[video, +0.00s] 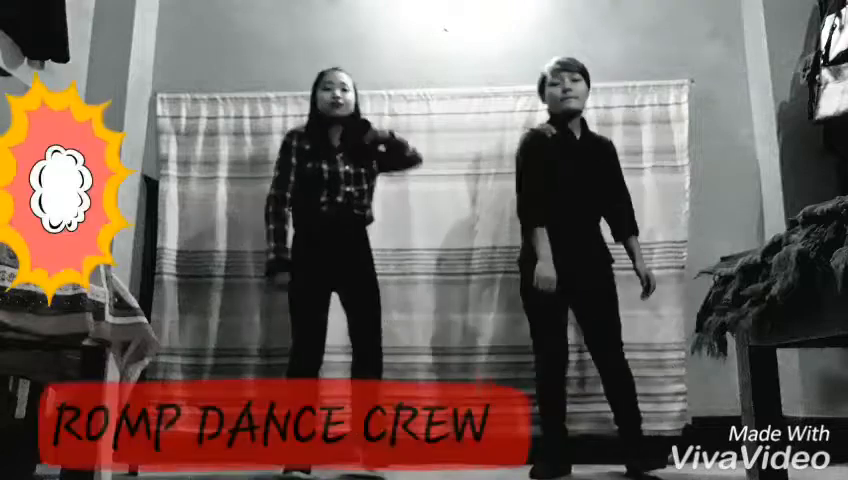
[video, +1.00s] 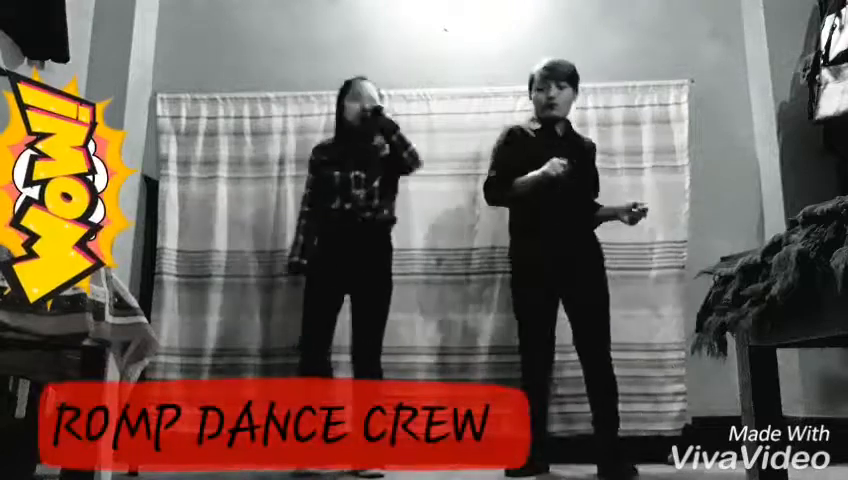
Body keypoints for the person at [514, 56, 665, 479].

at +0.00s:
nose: (565, 87)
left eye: (573, 81)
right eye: (556, 83)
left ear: (588, 93)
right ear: (544, 96)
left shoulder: (601, 148)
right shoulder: (535, 144)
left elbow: (617, 207)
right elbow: (529, 205)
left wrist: (638, 261)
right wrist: (544, 257)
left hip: (590, 261)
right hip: (543, 263)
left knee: (610, 355)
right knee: (551, 362)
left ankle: (635, 450)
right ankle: (554, 457)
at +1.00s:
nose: (549, 94)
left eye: (559, 87)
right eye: (541, 88)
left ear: (574, 95)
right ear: (530, 96)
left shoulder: (582, 148)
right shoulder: (515, 140)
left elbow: (584, 212)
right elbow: (493, 193)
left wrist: (619, 212)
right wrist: (539, 175)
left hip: (581, 263)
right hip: (532, 265)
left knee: (597, 359)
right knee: (536, 363)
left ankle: (610, 456)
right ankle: (533, 455)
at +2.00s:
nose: (530, 80)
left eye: (539, 75)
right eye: (519, 76)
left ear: (551, 90)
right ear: (506, 93)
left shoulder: (562, 148)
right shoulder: (500, 135)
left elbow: (591, 198)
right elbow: (525, 189)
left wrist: (634, 245)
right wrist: (576, 218)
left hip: (553, 262)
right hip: (505, 264)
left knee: (576, 356)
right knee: (509, 360)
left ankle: (595, 456)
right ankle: (500, 459)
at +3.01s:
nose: (571, 85)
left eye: (571, 79)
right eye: (562, 77)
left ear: (540, 90)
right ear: (536, 84)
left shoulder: (525, 131)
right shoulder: (541, 129)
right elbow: (566, 193)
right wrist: (611, 240)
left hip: (508, 260)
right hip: (536, 262)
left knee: (512, 353)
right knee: (573, 350)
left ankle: (482, 448)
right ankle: (583, 453)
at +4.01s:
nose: (562, 70)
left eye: (567, 65)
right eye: (550, 63)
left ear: (571, 77)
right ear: (526, 74)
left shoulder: (576, 133)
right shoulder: (514, 123)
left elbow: (592, 193)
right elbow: (518, 188)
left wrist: (594, 244)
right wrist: (543, 241)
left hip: (573, 258)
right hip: (526, 255)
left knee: (572, 358)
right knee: (527, 353)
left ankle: (579, 452)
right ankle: (505, 452)